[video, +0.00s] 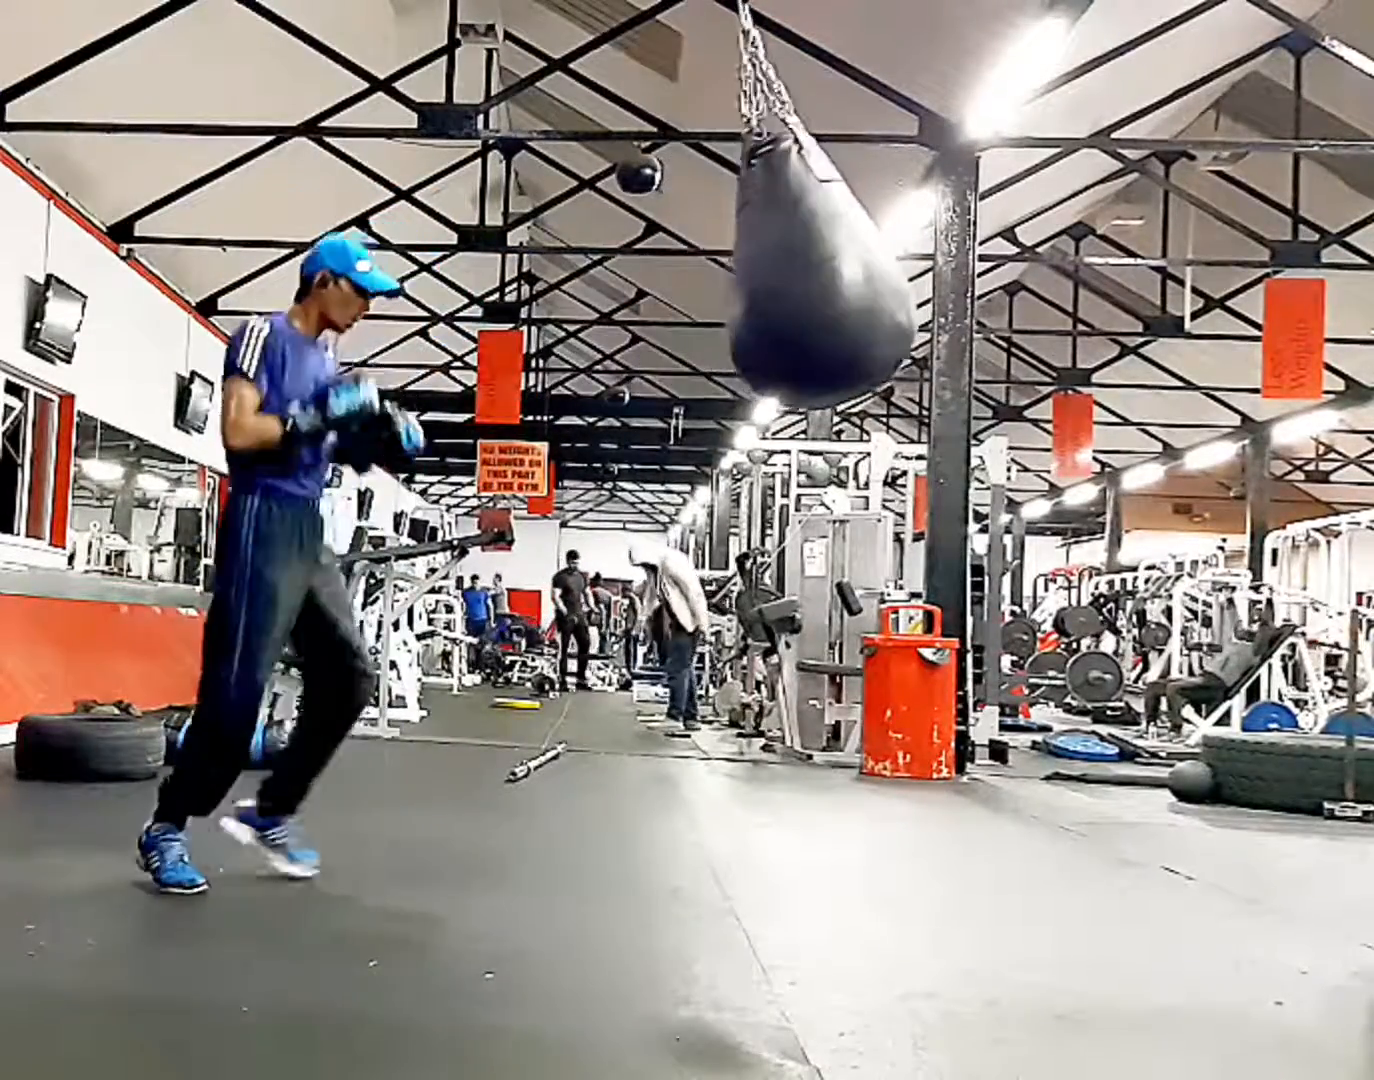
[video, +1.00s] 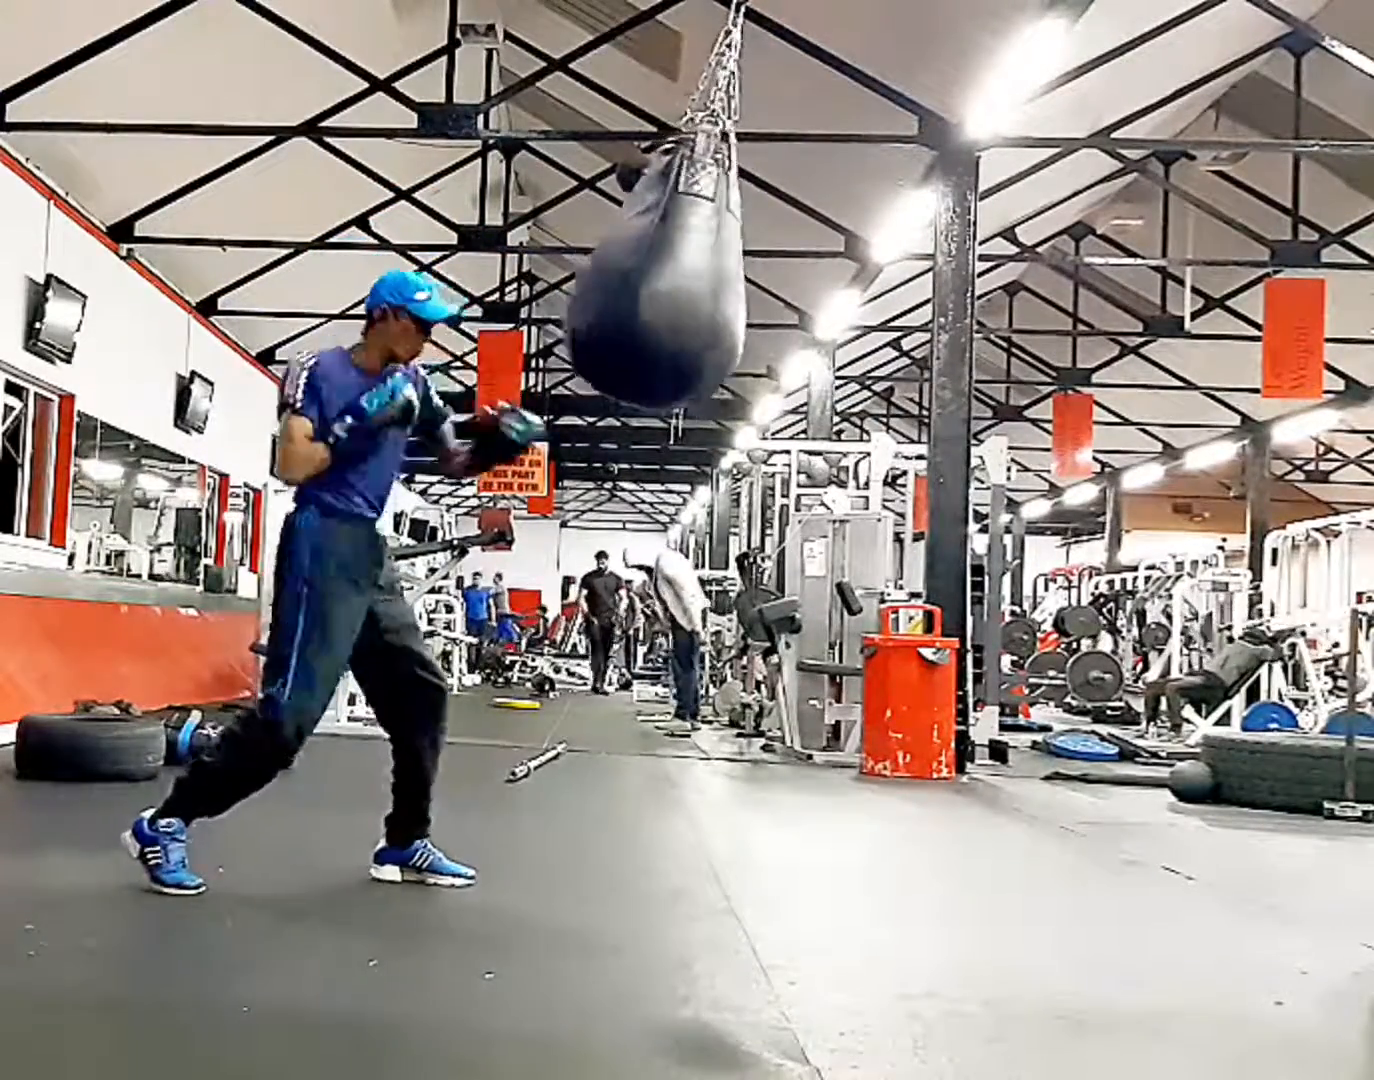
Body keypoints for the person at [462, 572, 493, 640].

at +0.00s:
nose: (475, 584)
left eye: (477, 582)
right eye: (474, 582)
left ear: (479, 582)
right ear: (471, 582)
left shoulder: (484, 592)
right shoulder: (466, 593)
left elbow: (490, 606)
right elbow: (464, 605)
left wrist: (491, 620)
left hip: (482, 620)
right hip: (471, 620)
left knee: (482, 640)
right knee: (471, 640)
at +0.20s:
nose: (474, 583)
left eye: (475, 581)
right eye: (472, 581)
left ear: (478, 581)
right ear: (470, 581)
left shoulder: (483, 592)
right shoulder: (465, 592)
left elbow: (488, 606)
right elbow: (464, 605)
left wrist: (489, 620)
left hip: (481, 620)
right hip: (469, 620)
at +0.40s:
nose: (473, 583)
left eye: (475, 580)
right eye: (472, 580)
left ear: (478, 581)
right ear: (470, 581)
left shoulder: (483, 592)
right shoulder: (465, 591)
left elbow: (488, 606)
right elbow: (463, 604)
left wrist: (489, 620)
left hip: (480, 620)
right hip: (469, 620)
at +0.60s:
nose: (476, 583)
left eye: (478, 581)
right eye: (474, 581)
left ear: (481, 581)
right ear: (472, 581)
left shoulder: (485, 593)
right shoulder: (466, 591)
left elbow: (488, 607)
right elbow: (464, 605)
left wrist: (490, 621)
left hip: (481, 620)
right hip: (470, 620)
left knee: (481, 640)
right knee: (470, 639)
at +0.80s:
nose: (477, 581)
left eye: (479, 579)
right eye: (475, 579)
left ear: (482, 580)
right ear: (473, 579)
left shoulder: (485, 592)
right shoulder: (466, 590)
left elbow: (490, 606)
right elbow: (462, 604)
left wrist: (492, 621)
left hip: (482, 619)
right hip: (470, 619)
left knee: (482, 640)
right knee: (471, 639)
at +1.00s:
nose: (476, 581)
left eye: (477, 578)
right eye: (474, 579)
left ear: (481, 579)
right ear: (472, 579)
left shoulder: (486, 592)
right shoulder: (467, 591)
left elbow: (491, 606)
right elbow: (463, 605)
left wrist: (493, 620)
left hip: (483, 620)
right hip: (471, 620)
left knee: (482, 642)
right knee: (471, 640)